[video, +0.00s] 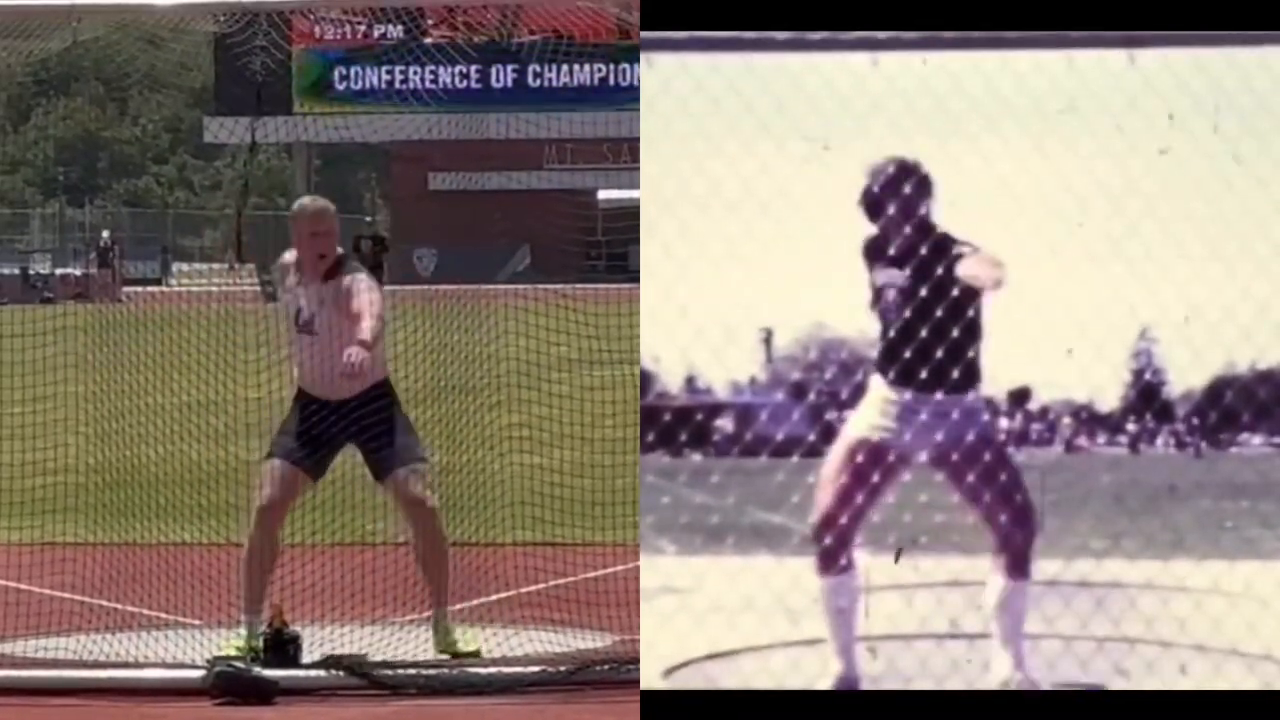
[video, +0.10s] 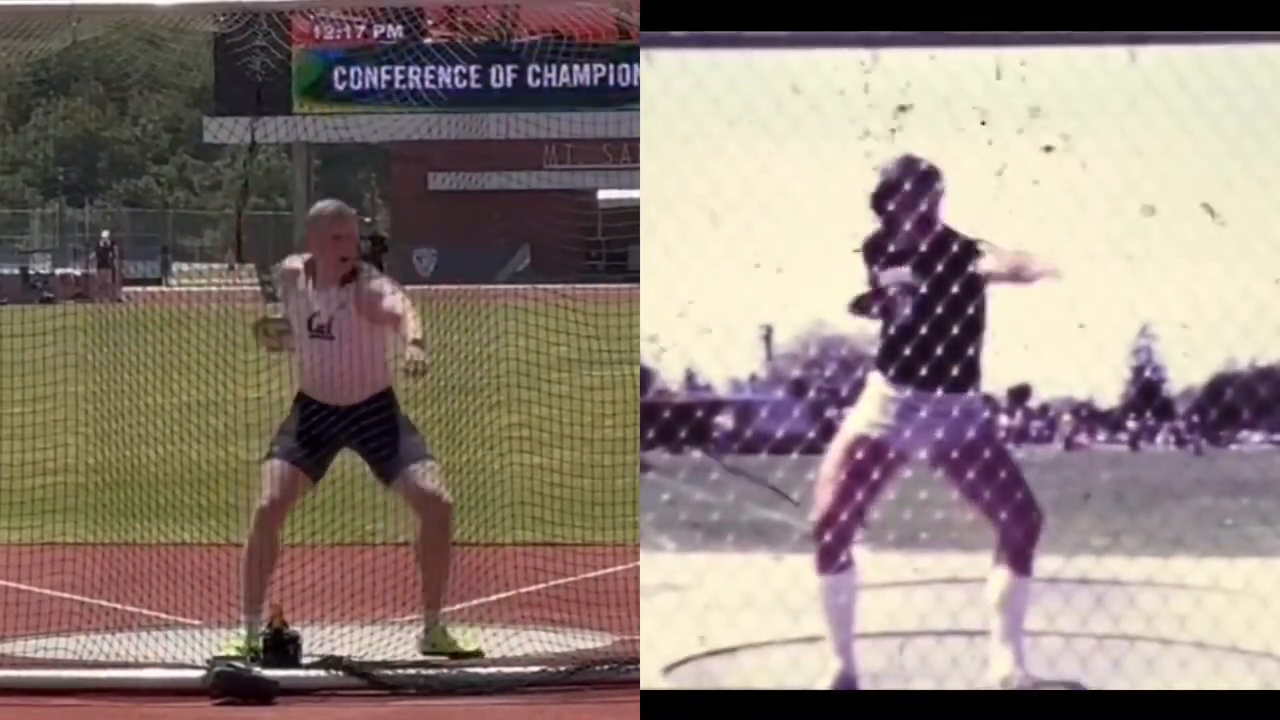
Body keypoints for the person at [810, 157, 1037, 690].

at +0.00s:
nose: (890, 225)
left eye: (899, 211)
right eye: (880, 214)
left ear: (923, 206)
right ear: (872, 213)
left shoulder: (946, 250)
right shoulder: (875, 252)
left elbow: (987, 271)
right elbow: (893, 311)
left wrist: (976, 275)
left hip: (956, 412)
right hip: (887, 407)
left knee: (1016, 526)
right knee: (829, 528)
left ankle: (1010, 667)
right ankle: (846, 669)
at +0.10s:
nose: (921, 215)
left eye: (928, 203)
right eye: (908, 205)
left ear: (939, 202)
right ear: (886, 206)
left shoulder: (958, 250)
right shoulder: (877, 250)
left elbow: (1018, 266)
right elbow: (886, 297)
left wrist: (1009, 271)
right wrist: (872, 306)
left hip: (958, 411)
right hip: (887, 405)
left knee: (1022, 521)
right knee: (830, 526)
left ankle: (1008, 668)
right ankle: (845, 669)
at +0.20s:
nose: (922, 225)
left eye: (933, 212)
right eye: (915, 212)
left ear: (954, 207)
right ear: (904, 209)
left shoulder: (986, 257)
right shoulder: (888, 250)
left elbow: (1058, 265)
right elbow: (848, 284)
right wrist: (830, 303)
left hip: (959, 418)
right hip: (888, 407)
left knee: (1026, 520)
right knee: (831, 526)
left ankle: (1007, 666)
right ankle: (840, 668)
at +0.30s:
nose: (977, 219)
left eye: (978, 209)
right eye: (969, 209)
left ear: (976, 211)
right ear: (943, 211)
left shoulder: (1004, 264)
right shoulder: (901, 256)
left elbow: (1090, 267)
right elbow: (835, 283)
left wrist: (1170, 265)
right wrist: (800, 303)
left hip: (954, 425)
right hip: (888, 412)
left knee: (1025, 527)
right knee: (837, 526)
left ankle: (1007, 666)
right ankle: (825, 666)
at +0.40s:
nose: (993, 221)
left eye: (993, 211)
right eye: (984, 211)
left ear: (979, 211)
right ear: (960, 214)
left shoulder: (1011, 267)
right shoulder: (908, 259)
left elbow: (1107, 269)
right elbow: (842, 284)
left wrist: (1190, 264)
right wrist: (796, 299)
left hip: (953, 427)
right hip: (891, 413)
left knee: (1025, 532)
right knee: (844, 528)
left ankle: (1007, 670)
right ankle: (810, 659)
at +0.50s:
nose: (1014, 221)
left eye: (1013, 211)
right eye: (1004, 212)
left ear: (995, 217)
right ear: (974, 216)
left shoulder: (1024, 268)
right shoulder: (923, 260)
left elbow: (1115, 268)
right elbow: (842, 284)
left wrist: (1197, 264)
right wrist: (774, 300)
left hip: (957, 428)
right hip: (902, 407)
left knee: (1024, 540)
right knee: (874, 523)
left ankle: (1008, 671)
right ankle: (784, 630)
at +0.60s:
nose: (1028, 226)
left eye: (1027, 217)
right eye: (1021, 217)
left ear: (999, 219)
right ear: (994, 220)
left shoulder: (1025, 272)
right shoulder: (930, 263)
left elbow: (1097, 274)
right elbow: (849, 288)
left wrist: (1165, 272)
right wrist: (773, 305)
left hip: (960, 427)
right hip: (915, 408)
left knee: (1023, 542)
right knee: (910, 525)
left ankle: (1009, 672)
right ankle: (770, 633)